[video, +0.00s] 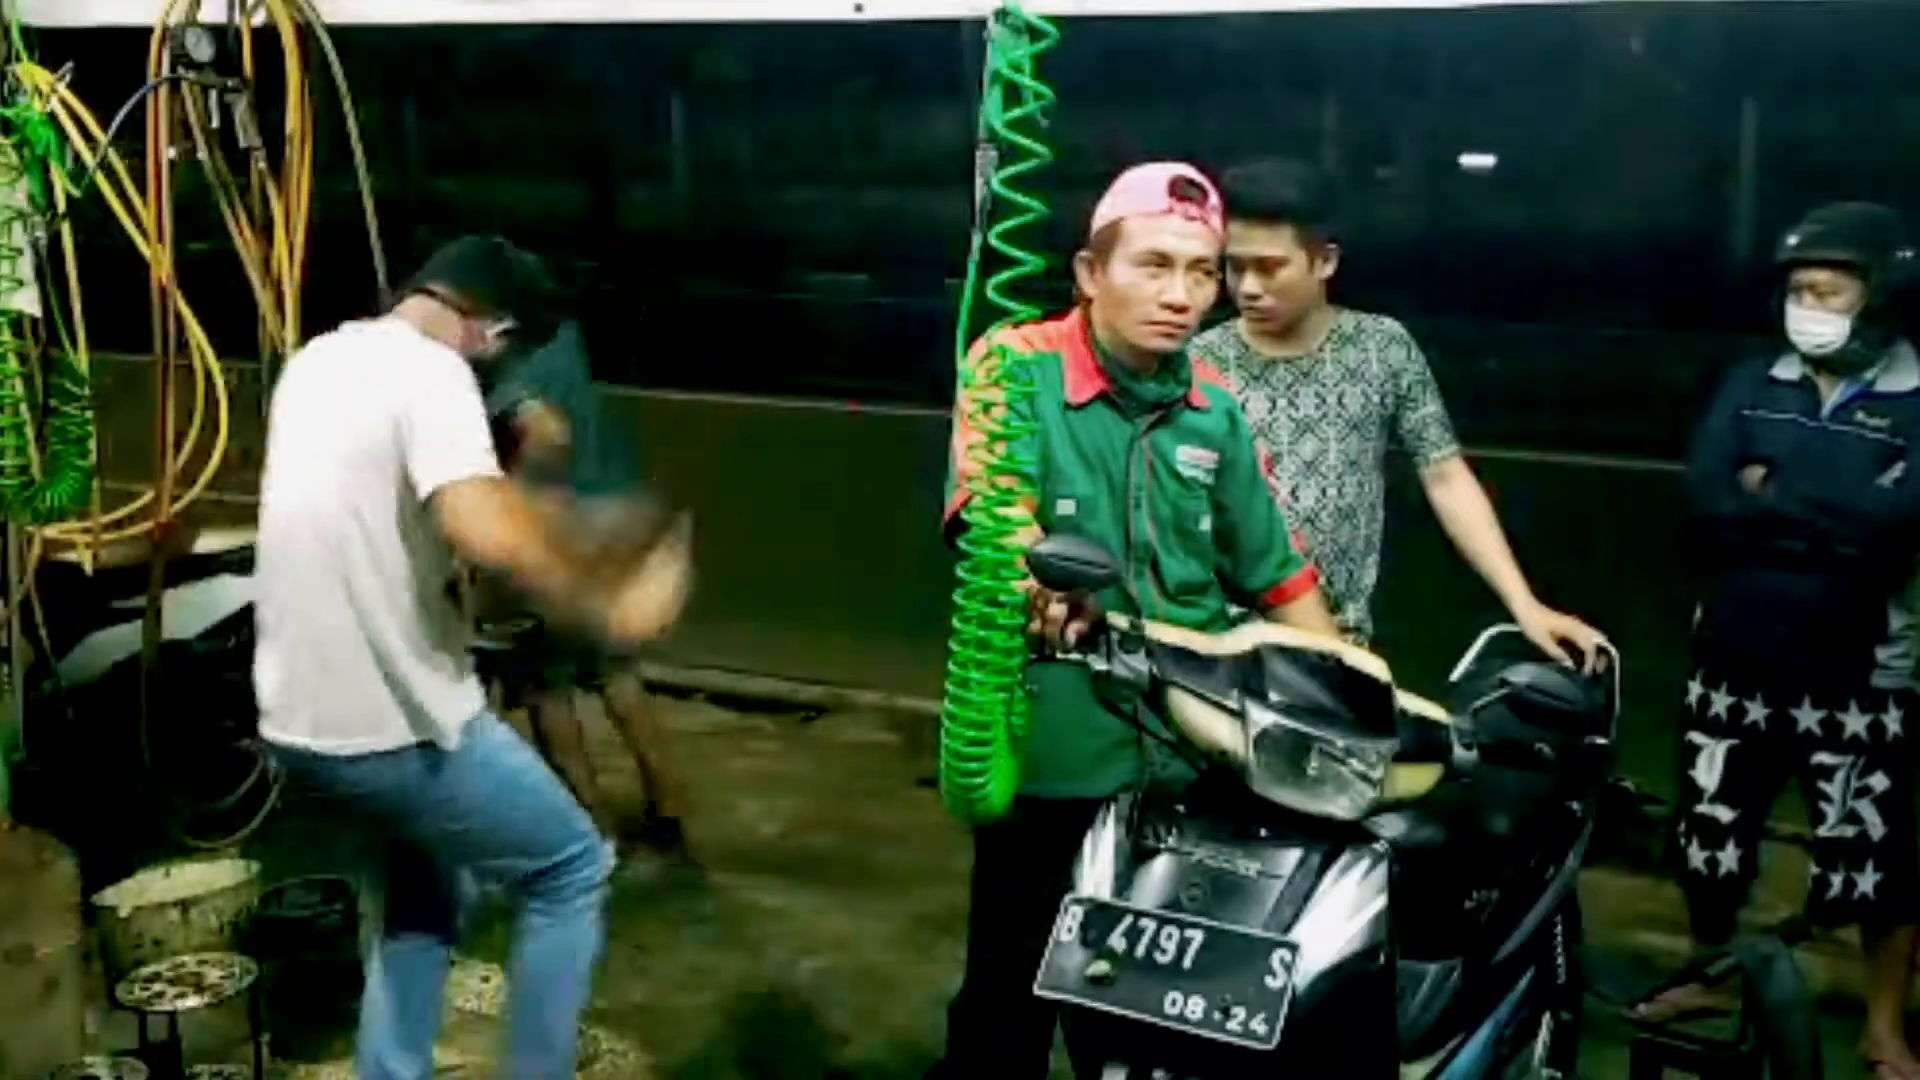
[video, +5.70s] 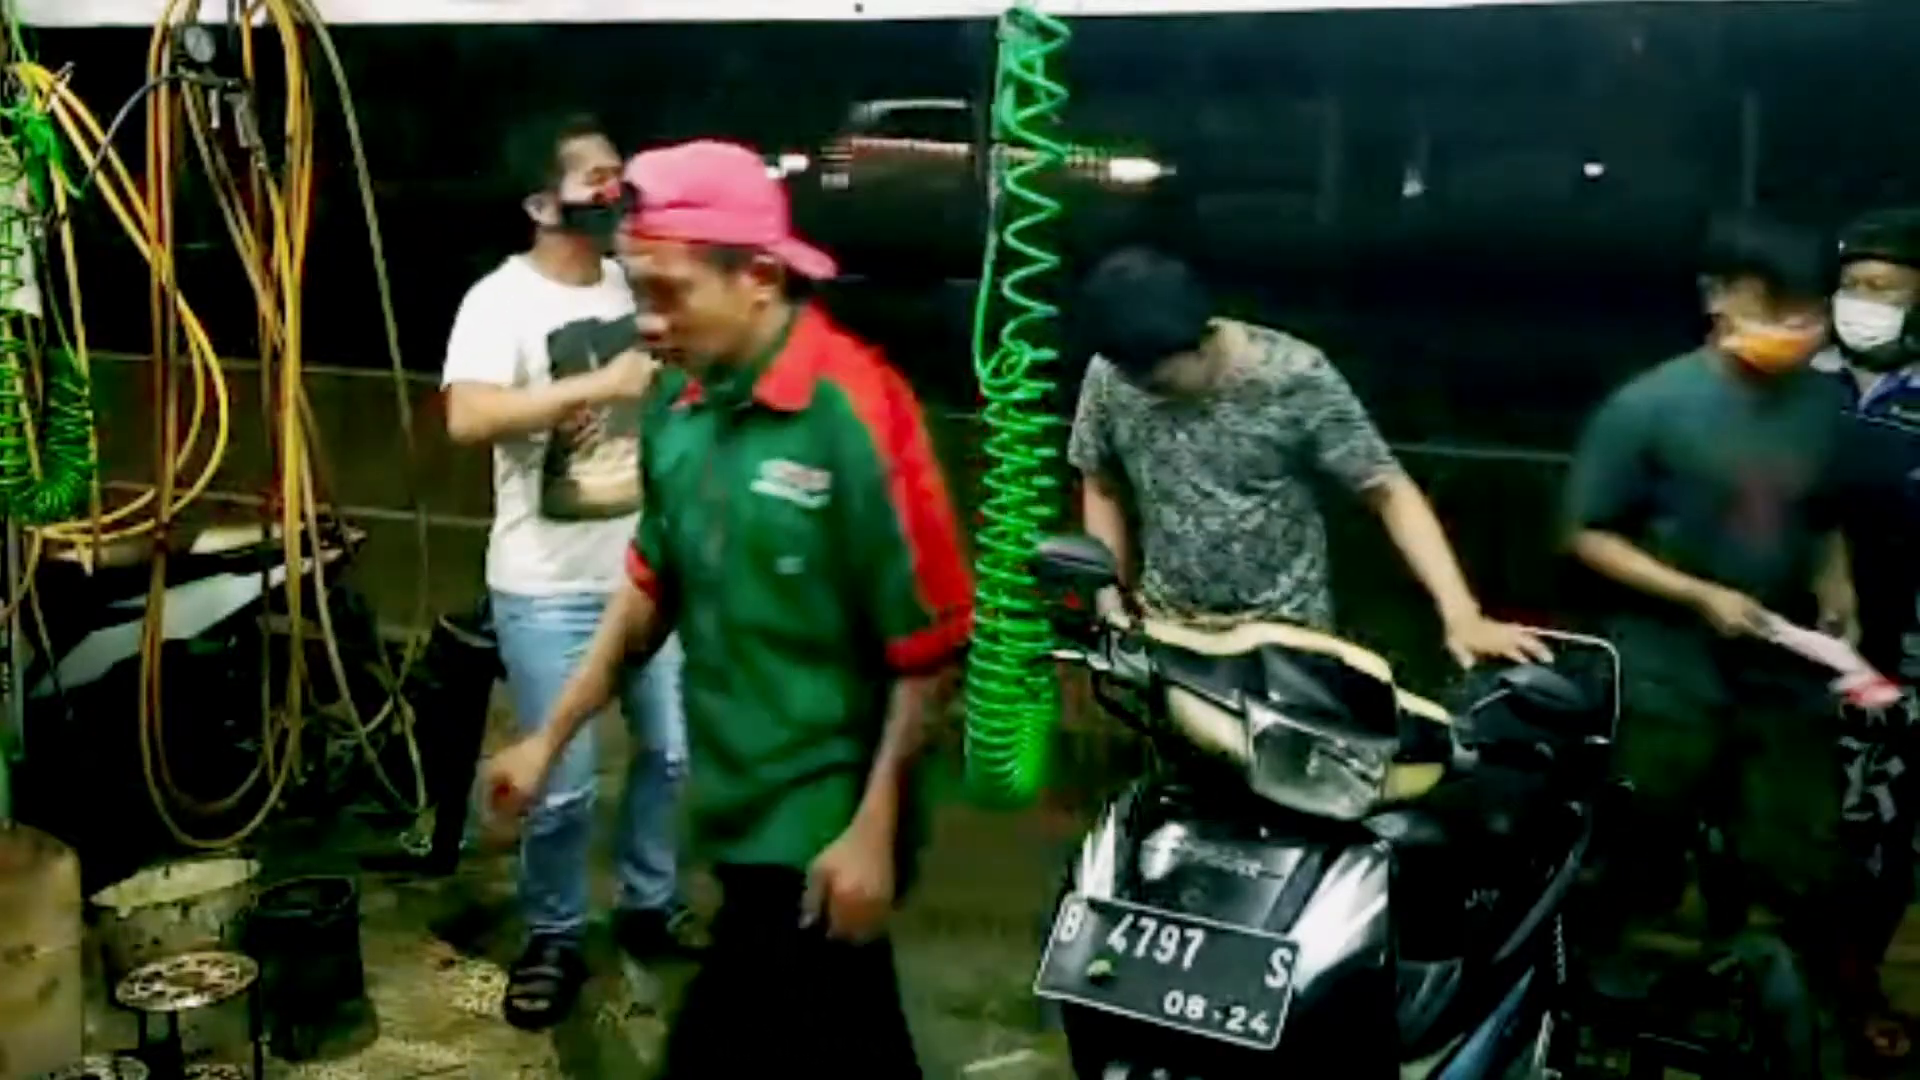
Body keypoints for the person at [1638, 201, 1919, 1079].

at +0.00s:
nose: (1812, 304)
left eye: (1833, 290)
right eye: (1800, 287)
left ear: (1873, 297)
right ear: (1782, 293)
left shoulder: (1906, 398)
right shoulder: (1748, 385)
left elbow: (1895, 518)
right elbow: (1703, 498)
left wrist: (1767, 479)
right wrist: (1841, 507)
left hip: (1860, 666)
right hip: (1738, 657)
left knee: (1871, 861)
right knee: (1708, 837)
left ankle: (1886, 1027)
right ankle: (1708, 971)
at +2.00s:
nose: (1696, 301)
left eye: (1717, 285)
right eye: (1690, 284)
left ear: (1772, 291)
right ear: (1685, 287)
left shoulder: (1846, 388)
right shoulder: (1671, 384)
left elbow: (1835, 502)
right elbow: (1649, 493)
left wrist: (1697, 470)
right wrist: (1788, 486)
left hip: (1811, 656)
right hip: (1693, 651)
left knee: (1849, 854)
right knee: (1684, 837)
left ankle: (1880, 1021)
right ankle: (1701, 971)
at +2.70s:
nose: (1826, 304)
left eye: (1848, 288)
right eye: (1812, 287)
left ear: (1885, 300)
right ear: (1790, 298)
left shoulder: (1914, 402)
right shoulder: (1755, 392)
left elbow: (1913, 517)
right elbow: (1712, 500)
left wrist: (1791, 495)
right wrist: (1861, 512)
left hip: (1867, 654)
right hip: (1751, 643)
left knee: (1866, 839)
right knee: (1696, 816)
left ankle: (1859, 985)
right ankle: (1703, 969)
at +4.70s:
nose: (1901, 300)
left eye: (1917, 287)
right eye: (1889, 284)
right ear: (1863, 294)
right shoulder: (1811, 386)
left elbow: (1910, 510)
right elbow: (1764, 487)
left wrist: (1823, 474)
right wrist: (1878, 511)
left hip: (1891, 661)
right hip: (1784, 646)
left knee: (1885, 842)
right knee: (1735, 814)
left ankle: (1858, 976)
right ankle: (1720, 938)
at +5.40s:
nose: (1879, 304)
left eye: (1899, 291)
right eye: (1868, 286)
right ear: (1845, 293)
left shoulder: (1917, 411)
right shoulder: (1799, 384)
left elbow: (1909, 512)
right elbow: (1748, 483)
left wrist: (1814, 476)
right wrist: (1860, 507)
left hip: (1890, 649)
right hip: (1782, 632)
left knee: (1883, 832)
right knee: (1737, 799)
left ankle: (1863, 980)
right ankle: (1719, 932)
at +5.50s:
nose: (1876, 306)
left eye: (1896, 292)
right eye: (1864, 288)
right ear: (1838, 296)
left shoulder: (1918, 406)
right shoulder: (1787, 388)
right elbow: (1725, 496)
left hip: (1892, 656)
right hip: (1784, 643)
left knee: (1886, 837)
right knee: (1757, 808)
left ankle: (1862, 984)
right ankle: (1724, 942)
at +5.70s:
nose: (1868, 305)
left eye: (1888, 291)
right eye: (1856, 287)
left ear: (1918, 304)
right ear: (1835, 294)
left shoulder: (1908, 410)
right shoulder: (1805, 398)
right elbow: (1794, 524)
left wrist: (1882, 649)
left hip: (1901, 652)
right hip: (1815, 645)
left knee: (1885, 843)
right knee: (1820, 831)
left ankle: (1860, 995)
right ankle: (1823, 994)